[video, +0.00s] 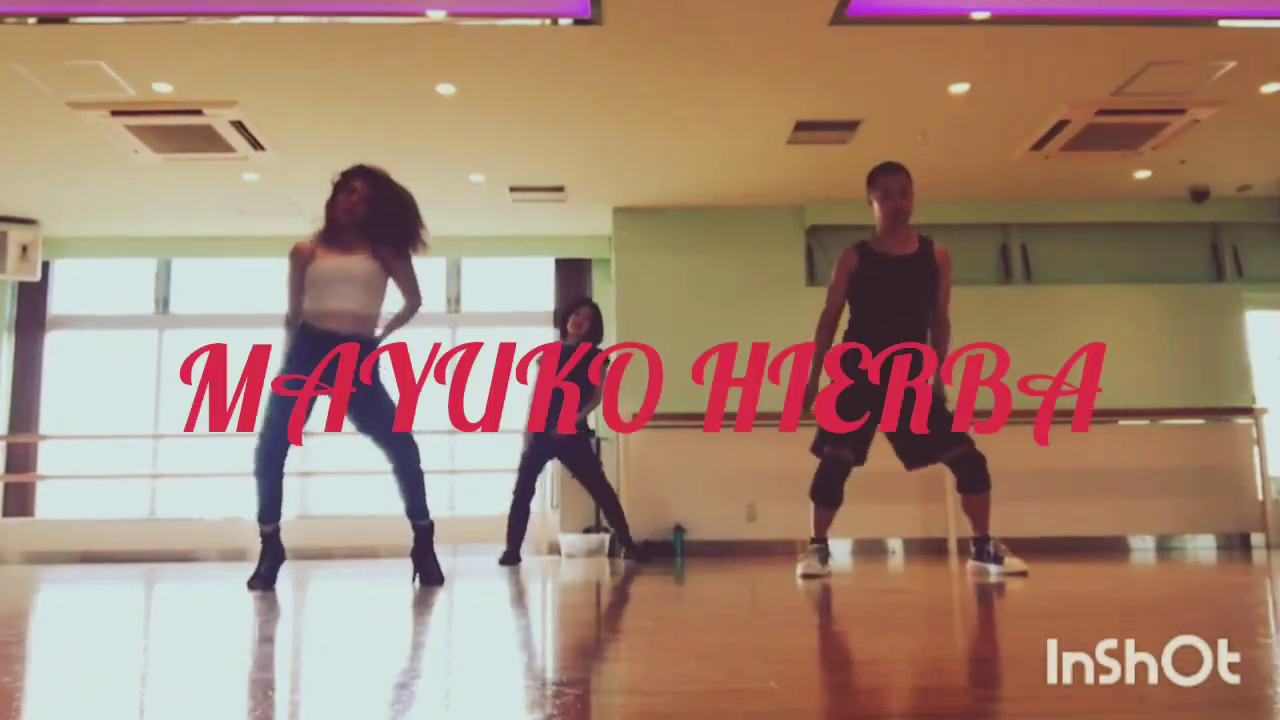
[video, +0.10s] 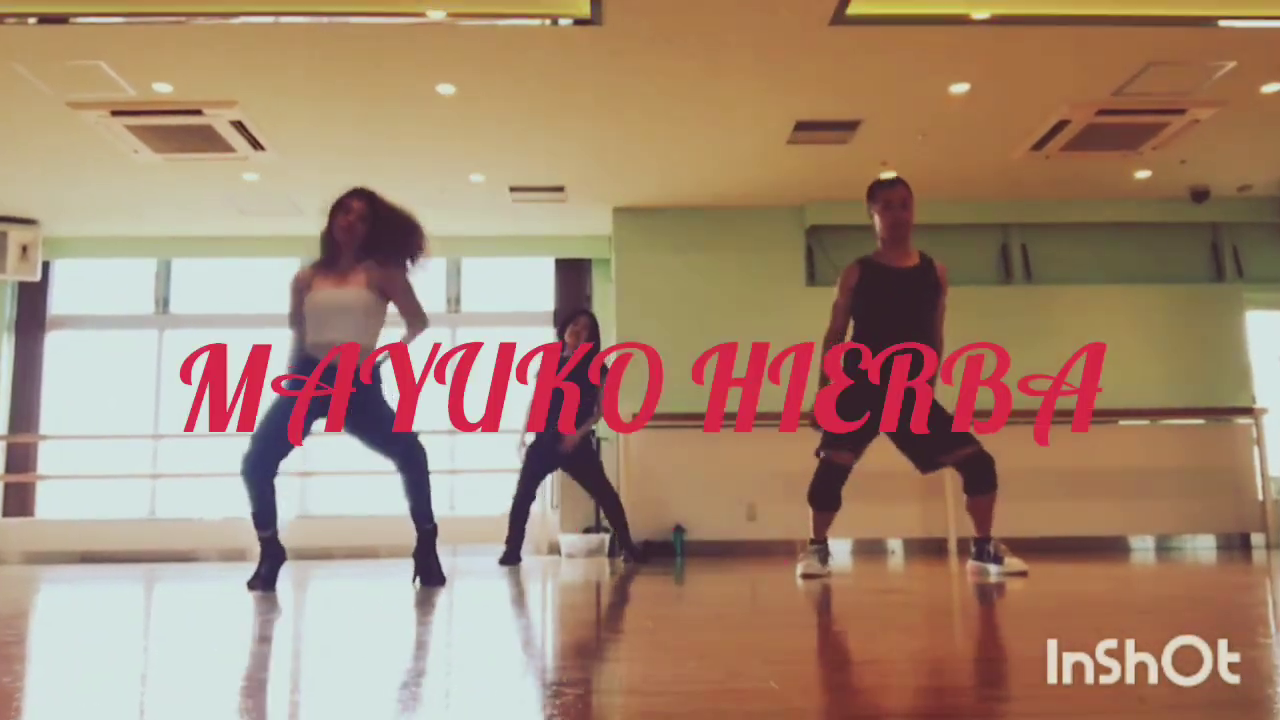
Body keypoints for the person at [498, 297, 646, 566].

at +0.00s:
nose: (578, 321)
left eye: (585, 319)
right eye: (576, 315)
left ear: (593, 327)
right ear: (566, 319)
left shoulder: (595, 356)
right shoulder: (551, 351)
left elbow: (597, 396)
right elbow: (537, 392)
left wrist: (578, 416)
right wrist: (529, 427)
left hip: (572, 436)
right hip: (541, 434)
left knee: (602, 491)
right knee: (522, 491)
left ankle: (627, 544)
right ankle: (512, 550)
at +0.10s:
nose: (577, 332)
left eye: (584, 330)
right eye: (574, 326)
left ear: (591, 337)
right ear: (565, 328)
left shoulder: (595, 365)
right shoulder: (552, 360)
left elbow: (600, 410)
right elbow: (537, 397)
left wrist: (578, 433)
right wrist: (525, 432)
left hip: (577, 442)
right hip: (546, 440)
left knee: (605, 494)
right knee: (523, 494)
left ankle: (627, 546)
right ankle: (512, 551)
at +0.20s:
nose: (578, 334)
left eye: (585, 332)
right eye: (575, 328)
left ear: (591, 341)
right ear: (565, 332)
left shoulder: (595, 371)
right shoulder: (552, 365)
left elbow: (605, 416)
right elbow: (538, 404)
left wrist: (585, 437)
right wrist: (528, 443)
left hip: (586, 446)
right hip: (556, 446)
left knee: (620, 498)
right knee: (529, 499)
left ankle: (630, 548)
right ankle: (513, 552)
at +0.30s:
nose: (581, 331)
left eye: (588, 331)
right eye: (578, 326)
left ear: (593, 340)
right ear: (567, 330)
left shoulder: (594, 368)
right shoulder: (551, 365)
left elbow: (610, 412)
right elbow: (540, 402)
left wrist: (588, 430)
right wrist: (535, 441)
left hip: (595, 443)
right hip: (564, 445)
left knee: (623, 492)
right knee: (538, 500)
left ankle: (630, 547)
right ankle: (514, 552)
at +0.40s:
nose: (582, 327)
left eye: (589, 326)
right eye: (579, 321)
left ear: (594, 336)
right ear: (569, 325)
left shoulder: (594, 362)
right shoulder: (553, 359)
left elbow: (614, 402)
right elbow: (542, 399)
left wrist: (593, 417)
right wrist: (544, 440)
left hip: (599, 439)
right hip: (567, 441)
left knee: (622, 490)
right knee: (543, 498)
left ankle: (631, 546)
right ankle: (515, 551)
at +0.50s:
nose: (581, 319)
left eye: (588, 318)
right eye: (578, 314)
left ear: (594, 327)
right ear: (569, 318)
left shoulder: (597, 356)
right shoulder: (552, 353)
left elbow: (615, 393)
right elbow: (544, 393)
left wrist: (592, 408)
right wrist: (547, 428)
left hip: (597, 434)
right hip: (565, 435)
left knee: (620, 489)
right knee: (541, 494)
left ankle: (630, 546)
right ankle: (515, 551)